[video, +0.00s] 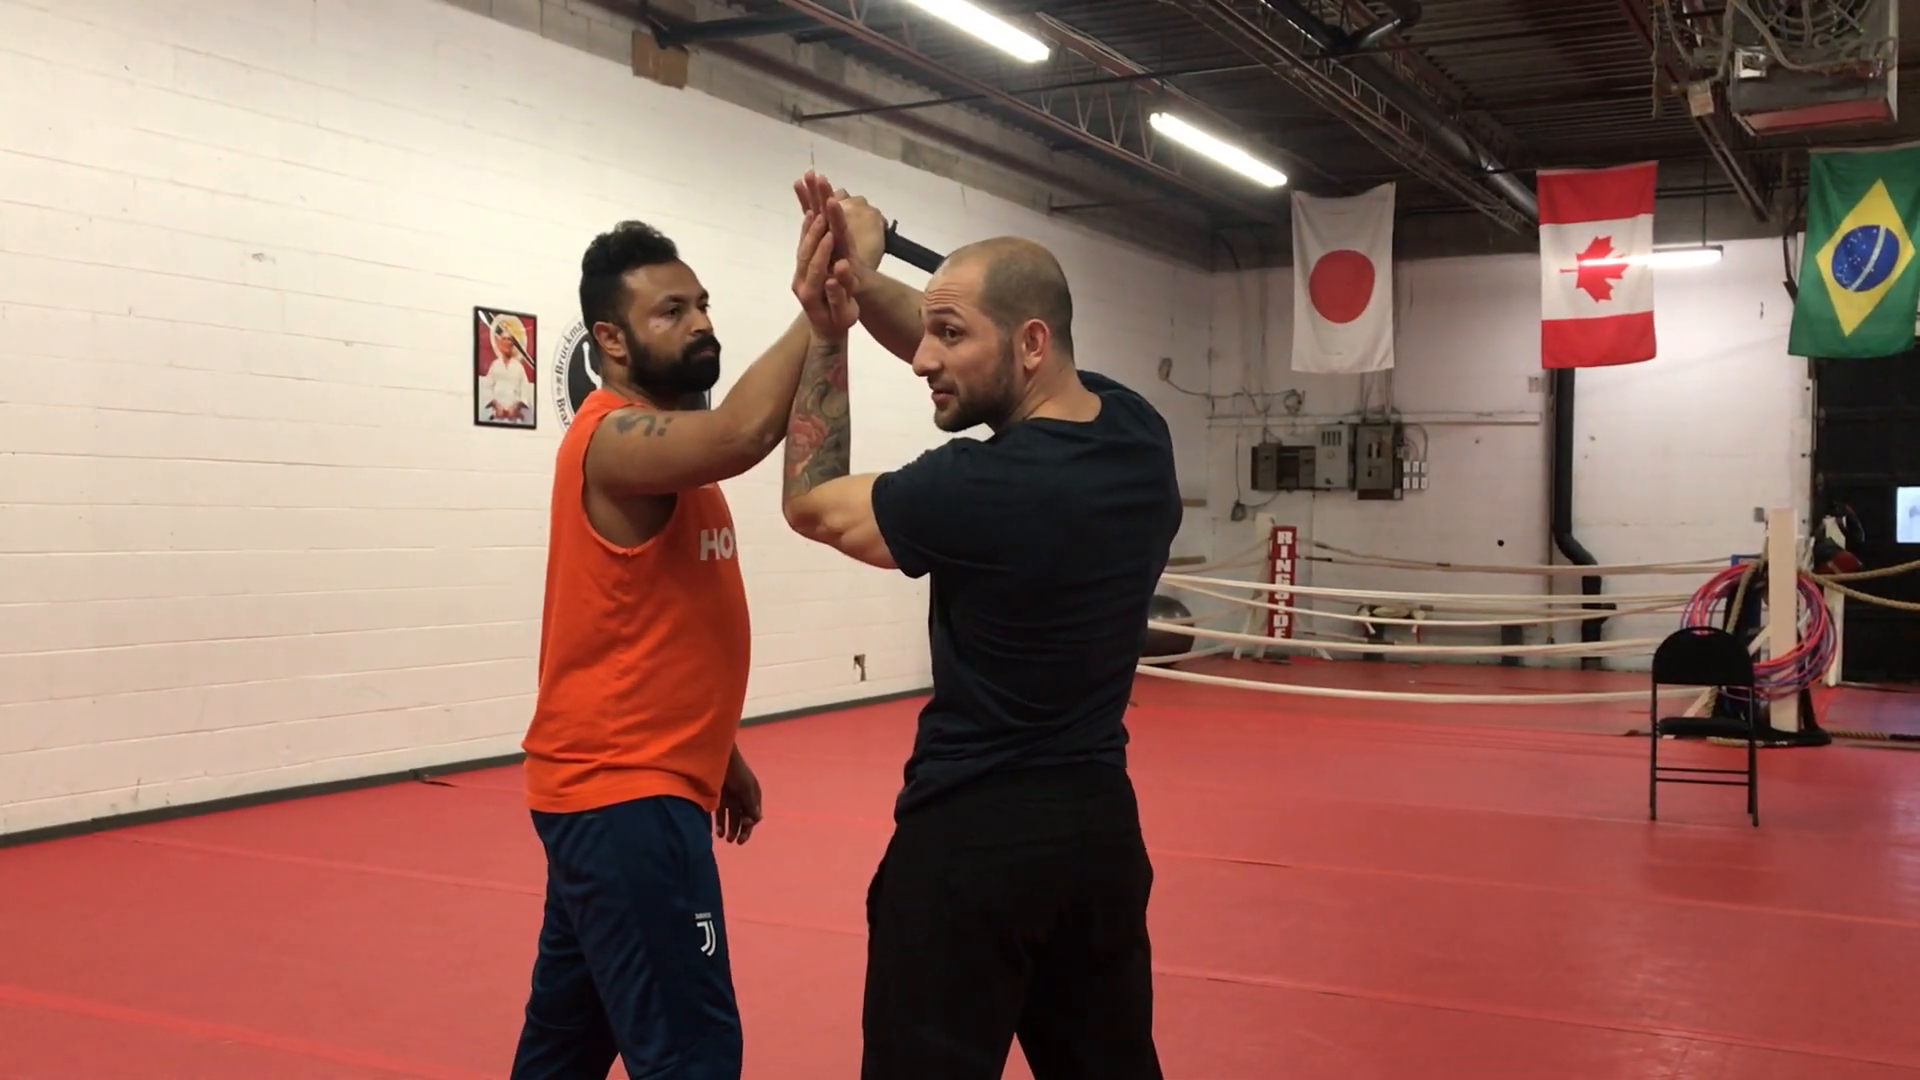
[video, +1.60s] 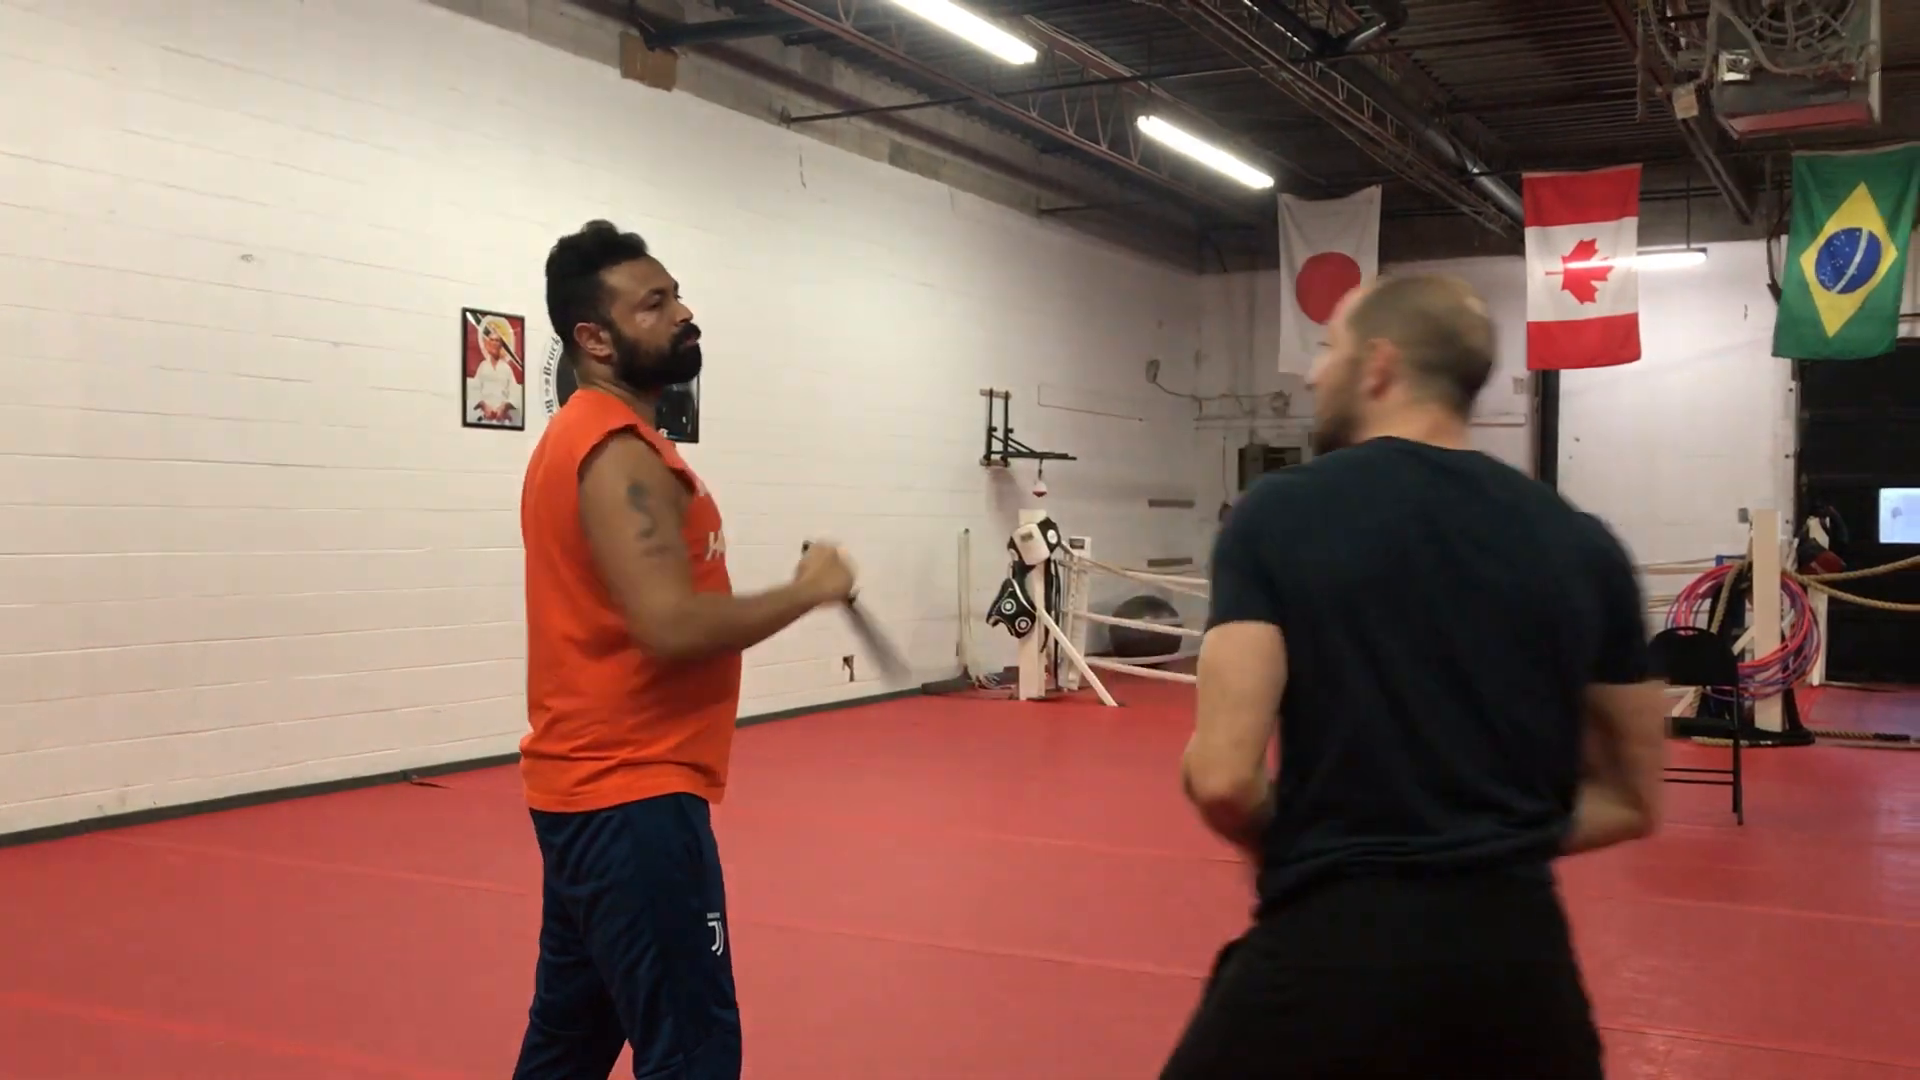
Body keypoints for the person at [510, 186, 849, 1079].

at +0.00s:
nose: (702, 325)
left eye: (701, 305)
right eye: (673, 312)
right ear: (611, 338)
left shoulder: (654, 432)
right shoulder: (615, 430)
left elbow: (647, 625)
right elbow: (736, 435)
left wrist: (716, 750)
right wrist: (819, 316)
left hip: (641, 785)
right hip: (619, 792)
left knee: (564, 1050)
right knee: (693, 1055)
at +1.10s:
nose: (671, 316)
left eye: (671, 298)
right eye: (641, 306)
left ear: (679, 303)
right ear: (584, 340)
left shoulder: (626, 429)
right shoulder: (611, 433)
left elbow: (628, 623)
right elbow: (764, 437)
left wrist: (708, 750)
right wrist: (895, 385)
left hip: (615, 786)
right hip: (623, 791)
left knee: (576, 1046)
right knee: (691, 1053)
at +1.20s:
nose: (679, 315)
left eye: (673, 298)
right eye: (648, 303)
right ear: (588, 338)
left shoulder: (598, 432)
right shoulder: (621, 439)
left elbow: (624, 623)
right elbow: (786, 463)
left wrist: (695, 752)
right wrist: (935, 434)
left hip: (605, 787)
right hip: (626, 791)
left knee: (576, 1041)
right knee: (689, 1052)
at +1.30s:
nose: (685, 315)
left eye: (678, 297)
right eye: (655, 303)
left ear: (600, 345)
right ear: (594, 337)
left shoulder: (582, 433)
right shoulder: (629, 444)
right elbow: (788, 484)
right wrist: (935, 457)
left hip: (589, 785)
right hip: (636, 791)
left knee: (572, 1040)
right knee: (690, 1052)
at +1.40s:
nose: (689, 315)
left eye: (681, 296)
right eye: (659, 305)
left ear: (596, 346)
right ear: (595, 338)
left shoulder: (578, 435)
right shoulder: (627, 445)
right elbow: (770, 517)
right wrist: (885, 481)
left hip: (586, 784)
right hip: (641, 792)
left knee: (571, 1039)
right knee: (693, 1052)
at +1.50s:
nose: (690, 318)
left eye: (682, 299)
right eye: (661, 306)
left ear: (598, 345)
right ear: (598, 339)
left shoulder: (576, 437)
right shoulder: (621, 442)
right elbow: (724, 571)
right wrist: (843, 532)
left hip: (587, 787)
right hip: (639, 793)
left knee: (573, 1040)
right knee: (697, 1050)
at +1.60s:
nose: (685, 313)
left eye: (676, 296)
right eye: (655, 302)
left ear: (597, 347)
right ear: (594, 340)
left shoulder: (577, 438)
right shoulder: (616, 447)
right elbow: (670, 621)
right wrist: (804, 592)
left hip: (584, 787)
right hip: (635, 792)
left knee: (569, 1043)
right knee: (694, 1050)